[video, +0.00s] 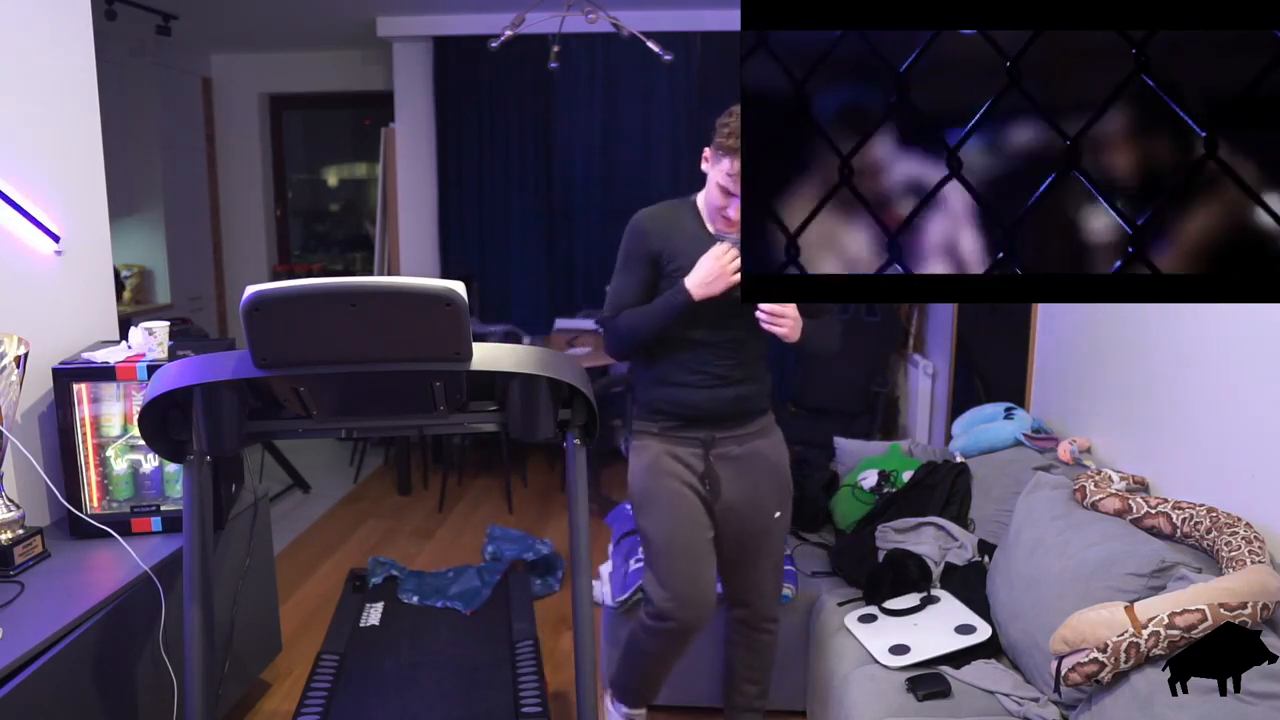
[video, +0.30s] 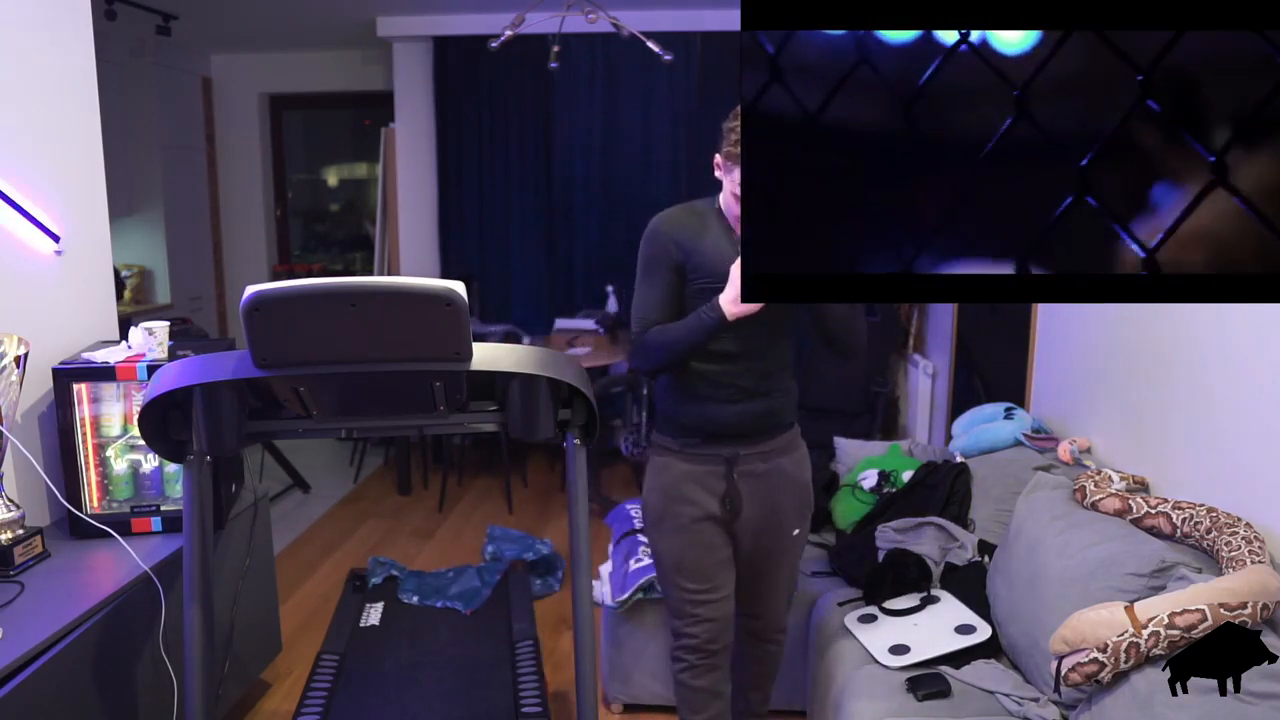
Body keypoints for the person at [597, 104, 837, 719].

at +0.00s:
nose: (735, 208)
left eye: (748, 196)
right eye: (727, 191)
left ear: (764, 180)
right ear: (706, 163)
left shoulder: (773, 235)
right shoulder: (652, 230)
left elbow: (823, 331)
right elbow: (616, 334)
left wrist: (800, 329)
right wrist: (689, 290)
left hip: (753, 443)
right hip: (665, 445)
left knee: (757, 610)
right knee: (685, 605)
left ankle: (747, 715)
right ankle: (625, 702)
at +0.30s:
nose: (748, 198)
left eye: (760, 184)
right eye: (742, 183)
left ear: (780, 176)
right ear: (720, 168)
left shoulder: (799, 228)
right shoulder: (672, 233)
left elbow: (851, 339)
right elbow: (644, 351)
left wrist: (800, 251)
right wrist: (723, 307)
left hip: (776, 458)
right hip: (684, 462)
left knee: (767, 629)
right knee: (703, 635)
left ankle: (751, 715)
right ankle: (705, 719)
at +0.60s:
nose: (748, 185)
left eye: (756, 173)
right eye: (739, 171)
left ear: (773, 179)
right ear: (708, 176)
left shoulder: (789, 225)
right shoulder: (664, 230)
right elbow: (663, 329)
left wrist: (787, 196)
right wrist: (727, 227)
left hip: (788, 476)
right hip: (691, 480)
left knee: (782, 668)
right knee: (700, 670)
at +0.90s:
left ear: (804, 137)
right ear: (740, 134)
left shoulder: (806, 207)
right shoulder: (681, 207)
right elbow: (621, 225)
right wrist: (724, 125)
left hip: (800, 493)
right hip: (693, 500)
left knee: (798, 703)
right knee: (697, 699)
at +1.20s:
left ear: (829, 140)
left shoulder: (845, 213)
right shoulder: (697, 206)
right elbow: (657, 93)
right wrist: (762, 123)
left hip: (818, 518)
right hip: (699, 522)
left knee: (808, 709)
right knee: (716, 709)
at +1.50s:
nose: (833, 179)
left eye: (839, 166)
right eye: (817, 162)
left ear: (846, 169)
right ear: (771, 155)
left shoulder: (843, 230)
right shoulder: (703, 215)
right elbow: (727, 68)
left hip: (836, 533)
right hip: (717, 534)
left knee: (820, 714)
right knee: (733, 712)